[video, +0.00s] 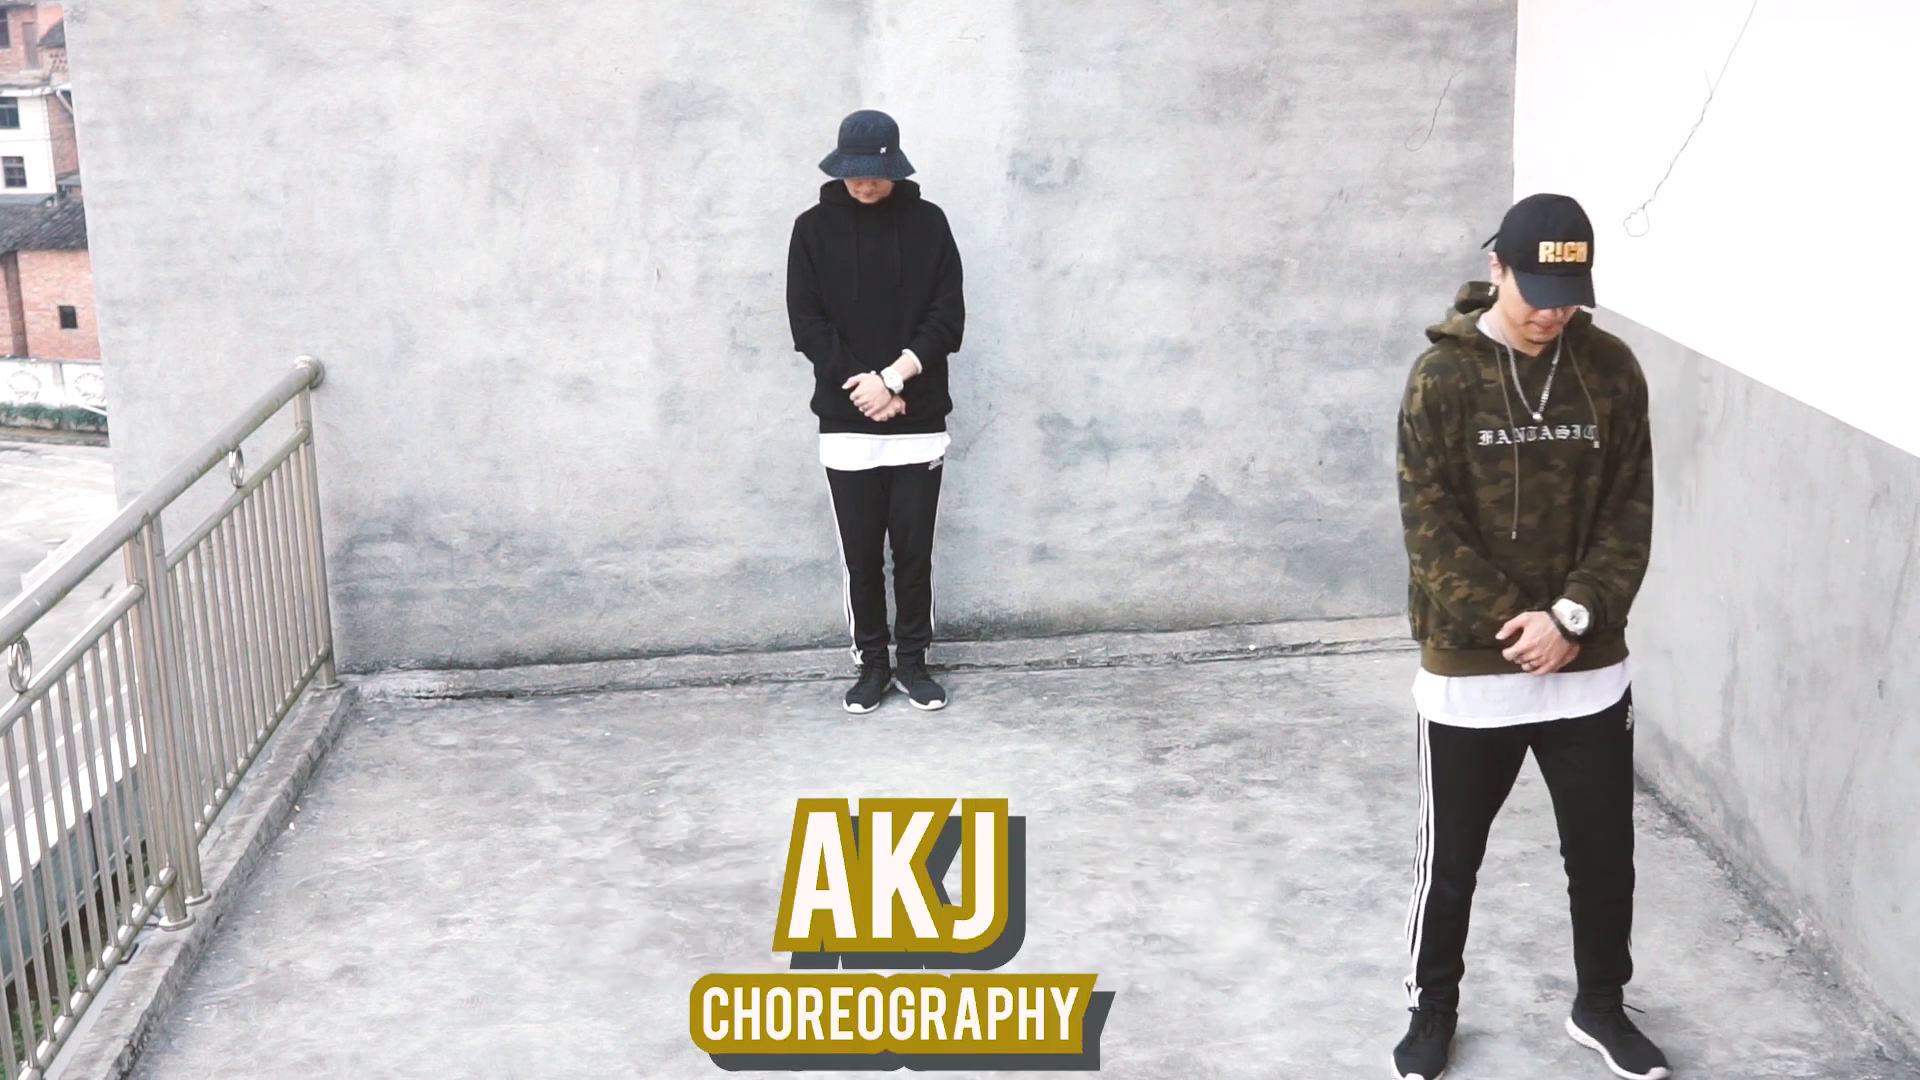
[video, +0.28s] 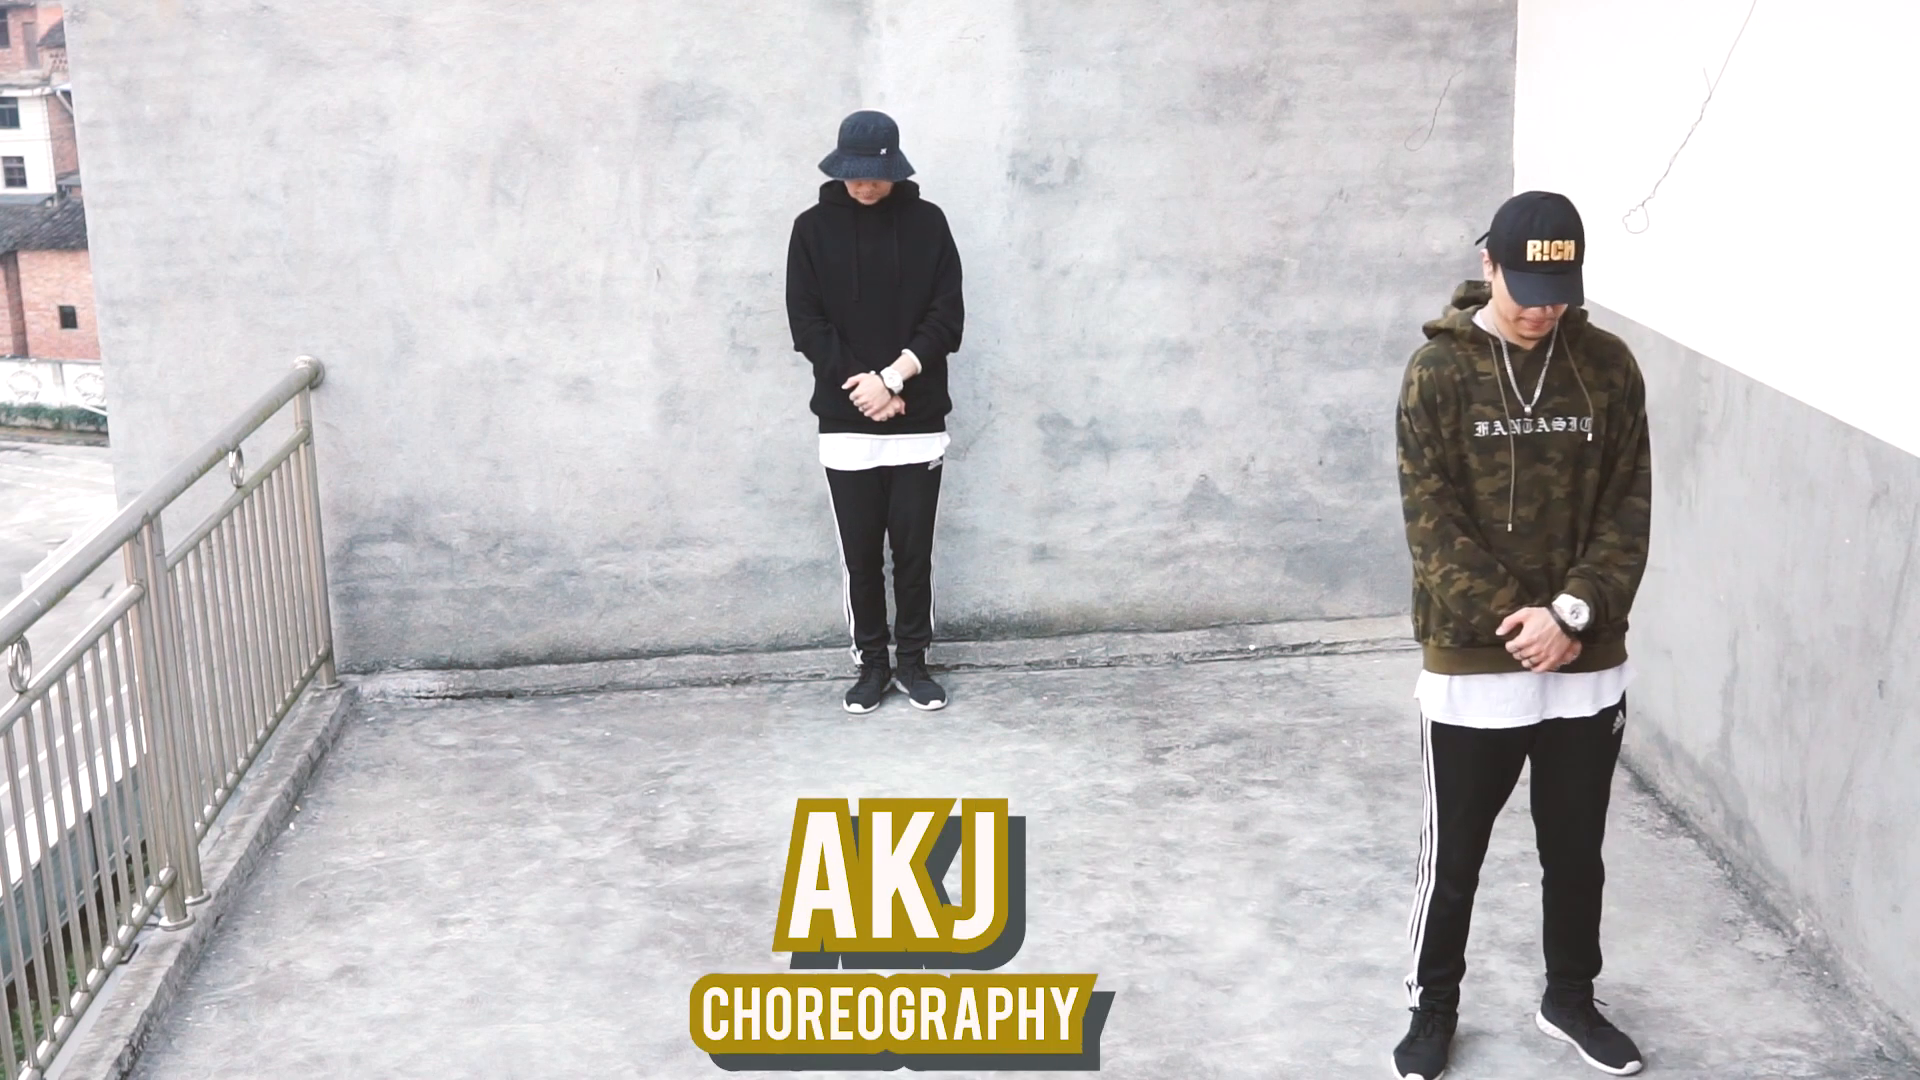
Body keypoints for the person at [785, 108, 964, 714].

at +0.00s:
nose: (865, 184)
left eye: (876, 173)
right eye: (855, 173)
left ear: (896, 169)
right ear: (839, 170)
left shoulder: (927, 221)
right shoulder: (814, 227)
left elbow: (948, 317)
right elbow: (806, 323)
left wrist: (894, 373)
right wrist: (863, 387)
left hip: (919, 413)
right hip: (845, 416)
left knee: (913, 549)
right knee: (861, 552)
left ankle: (913, 664)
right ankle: (872, 666)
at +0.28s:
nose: (865, 185)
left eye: (876, 175)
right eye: (854, 174)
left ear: (896, 170)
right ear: (839, 170)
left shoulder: (926, 221)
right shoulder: (813, 227)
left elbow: (947, 317)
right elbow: (806, 323)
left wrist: (894, 373)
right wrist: (862, 387)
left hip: (918, 413)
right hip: (845, 416)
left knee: (913, 549)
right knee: (861, 552)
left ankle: (913, 663)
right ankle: (872, 666)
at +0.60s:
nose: (865, 187)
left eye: (876, 177)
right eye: (854, 176)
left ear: (896, 171)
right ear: (839, 171)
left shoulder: (926, 221)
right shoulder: (813, 228)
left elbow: (947, 317)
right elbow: (806, 325)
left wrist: (893, 373)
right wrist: (862, 386)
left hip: (918, 414)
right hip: (844, 418)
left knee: (913, 549)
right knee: (860, 552)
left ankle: (913, 664)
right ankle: (872, 666)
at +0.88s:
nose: (866, 189)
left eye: (877, 178)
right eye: (855, 178)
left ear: (895, 172)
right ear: (839, 173)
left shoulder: (926, 221)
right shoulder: (812, 228)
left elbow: (947, 318)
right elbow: (806, 325)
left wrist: (894, 373)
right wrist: (862, 386)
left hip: (918, 414)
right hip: (844, 418)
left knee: (913, 548)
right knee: (861, 552)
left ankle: (913, 664)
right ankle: (872, 666)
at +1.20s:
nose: (866, 190)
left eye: (878, 179)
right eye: (856, 179)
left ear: (896, 173)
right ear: (840, 173)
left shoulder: (927, 221)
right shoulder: (814, 228)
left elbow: (947, 317)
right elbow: (807, 325)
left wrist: (894, 374)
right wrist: (862, 386)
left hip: (919, 414)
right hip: (844, 418)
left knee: (913, 549)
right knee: (861, 552)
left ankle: (913, 664)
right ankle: (872, 666)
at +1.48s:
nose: (868, 190)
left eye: (879, 180)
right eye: (857, 179)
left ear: (897, 173)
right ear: (840, 173)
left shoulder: (928, 222)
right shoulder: (814, 228)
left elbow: (948, 317)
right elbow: (807, 324)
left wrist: (895, 373)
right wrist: (863, 386)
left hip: (919, 414)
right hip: (845, 417)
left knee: (913, 549)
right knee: (861, 551)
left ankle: (913, 664)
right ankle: (872, 666)